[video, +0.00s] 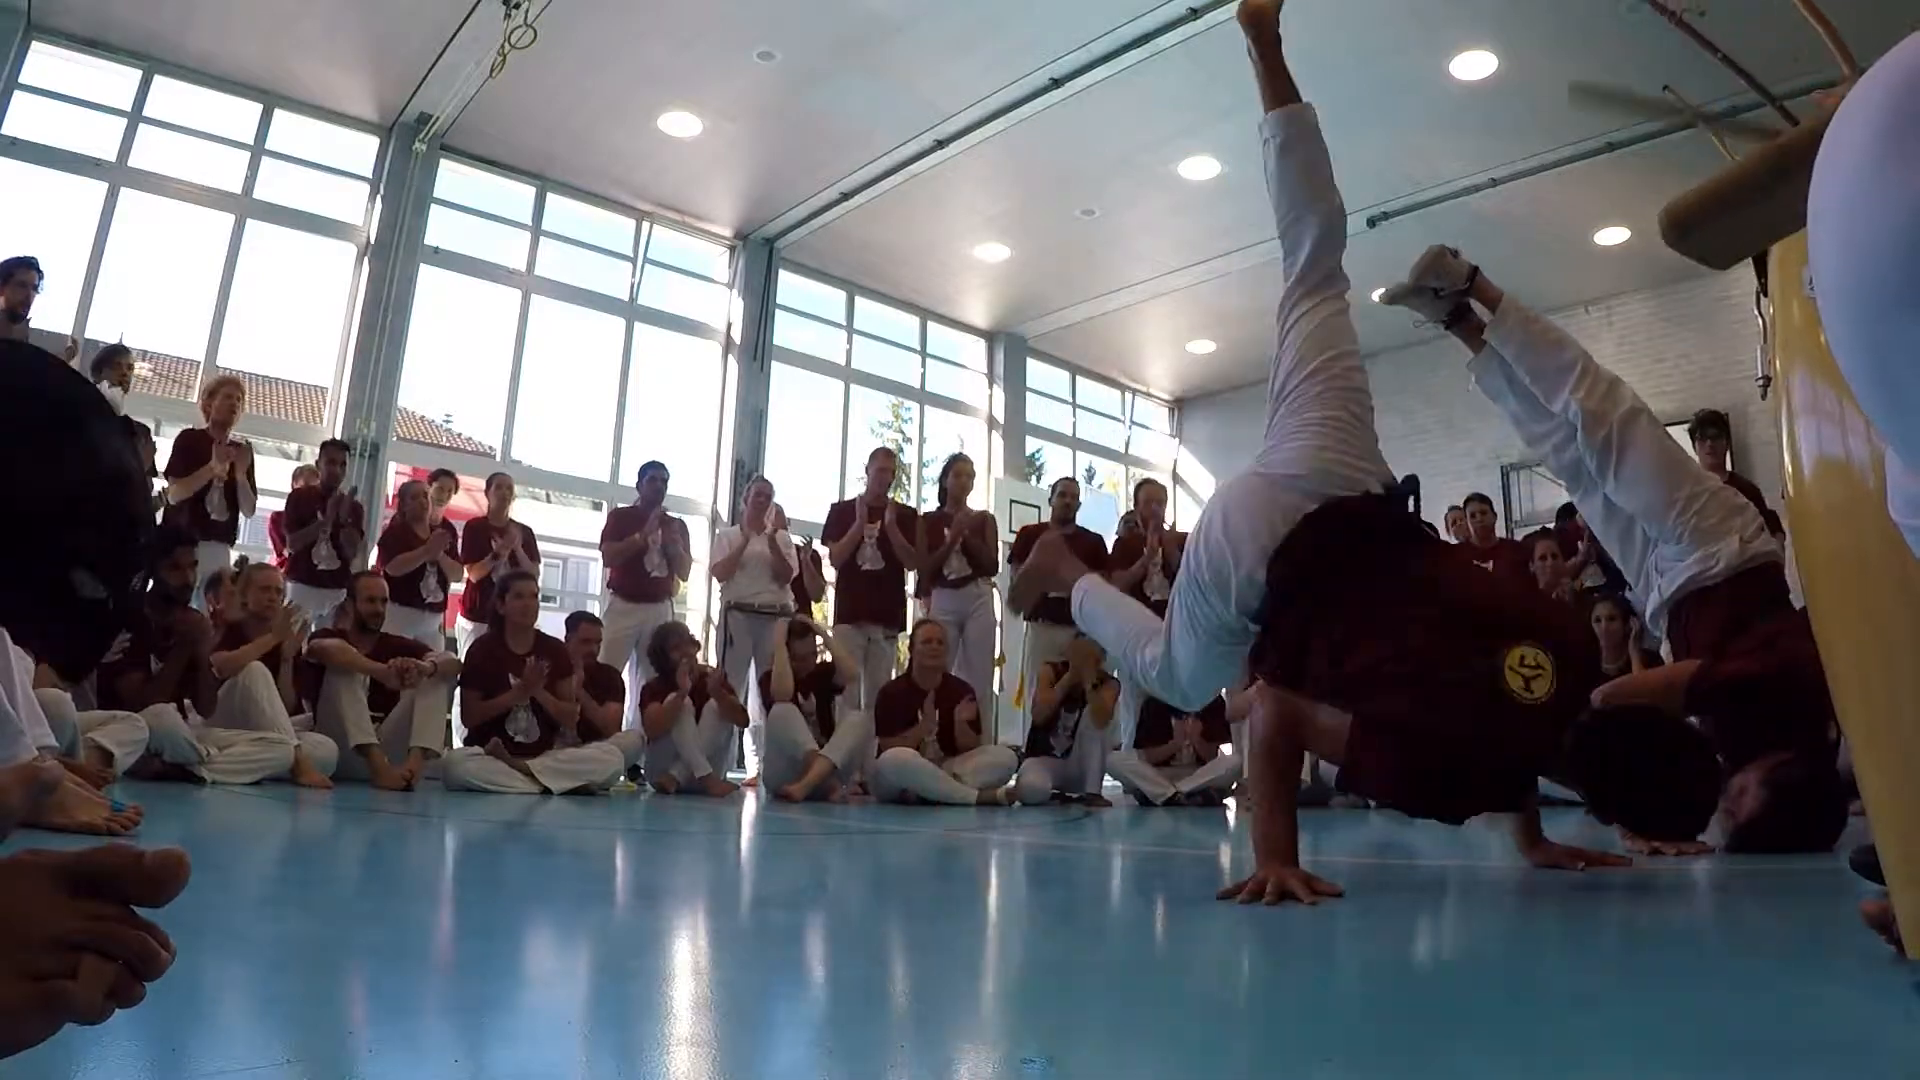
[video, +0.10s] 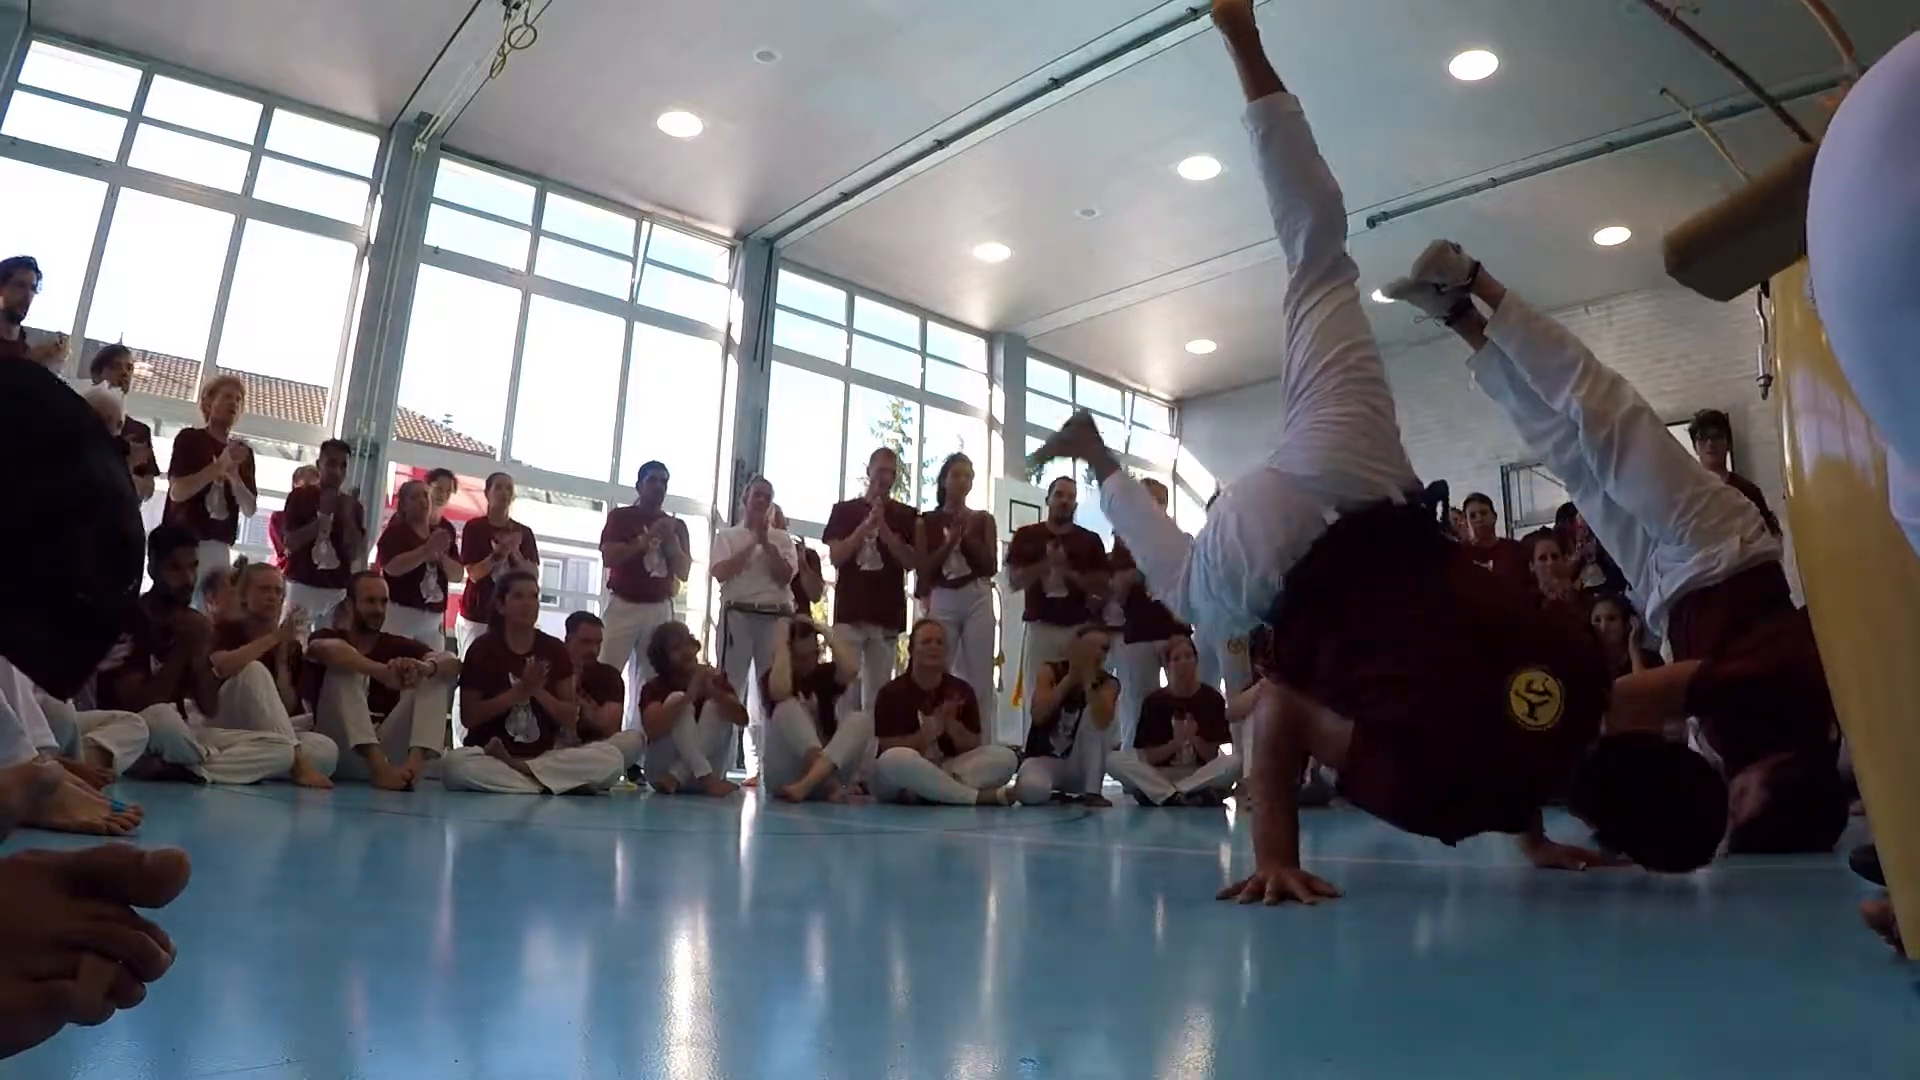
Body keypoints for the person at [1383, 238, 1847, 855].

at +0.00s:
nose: (1735, 800)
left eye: (1735, 817)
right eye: (1746, 796)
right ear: (1767, 774)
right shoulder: (1784, 695)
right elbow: (1612, 693)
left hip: (1670, 613)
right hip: (1721, 558)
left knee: (1579, 472)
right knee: (1604, 416)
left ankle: (1460, 323)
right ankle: (1476, 289)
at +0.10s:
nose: (1734, 803)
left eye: (1738, 821)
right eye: (1746, 800)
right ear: (1766, 776)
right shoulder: (1782, 694)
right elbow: (1621, 697)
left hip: (1674, 609)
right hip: (1722, 557)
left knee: (1582, 471)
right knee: (1606, 416)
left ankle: (1462, 318)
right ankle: (1477, 286)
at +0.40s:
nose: (1726, 801)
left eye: (1731, 817)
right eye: (1740, 800)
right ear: (1771, 775)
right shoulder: (1782, 696)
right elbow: (1630, 692)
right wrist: (1615, 779)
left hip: (1682, 610)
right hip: (1733, 561)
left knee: (1559, 509)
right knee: (1596, 455)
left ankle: (1492, 354)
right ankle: (1501, 320)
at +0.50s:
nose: (1720, 800)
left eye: (1728, 815)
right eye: (1737, 798)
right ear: (1767, 772)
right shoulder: (1782, 692)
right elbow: (1630, 695)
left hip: (1686, 618)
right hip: (1737, 556)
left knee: (1547, 549)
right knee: (1584, 475)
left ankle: (1518, 403)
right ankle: (1531, 364)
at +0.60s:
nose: (1722, 805)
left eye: (1729, 819)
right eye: (1736, 799)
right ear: (1770, 769)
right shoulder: (1789, 699)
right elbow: (1649, 690)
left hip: (1686, 627)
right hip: (1733, 562)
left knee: (1564, 582)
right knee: (1589, 502)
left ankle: (1523, 470)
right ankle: (1550, 413)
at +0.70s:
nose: (1718, 796)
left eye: (1728, 810)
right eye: (1737, 791)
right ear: (1766, 766)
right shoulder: (1788, 697)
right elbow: (1651, 690)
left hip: (1685, 628)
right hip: (1734, 573)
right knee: (1585, 517)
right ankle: (1562, 467)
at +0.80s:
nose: (1727, 805)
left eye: (1732, 817)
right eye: (1739, 799)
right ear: (1773, 763)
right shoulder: (1776, 689)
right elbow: (1626, 695)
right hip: (1727, 580)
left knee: (1598, 674)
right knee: (1575, 530)